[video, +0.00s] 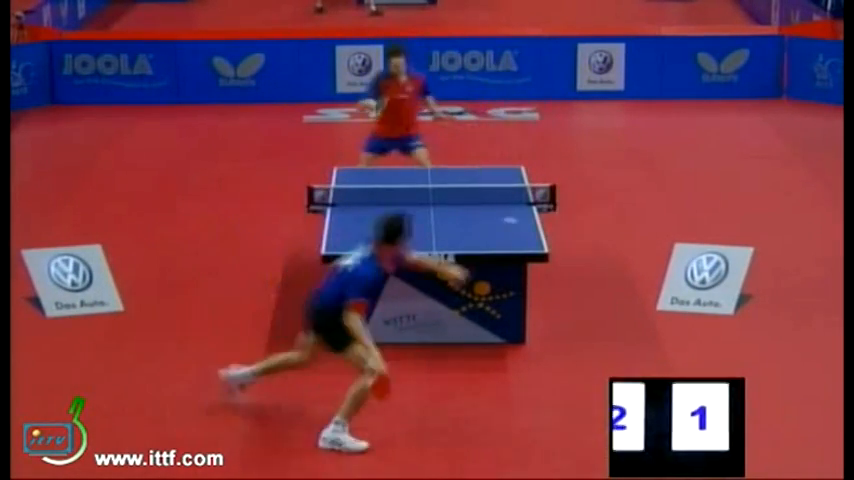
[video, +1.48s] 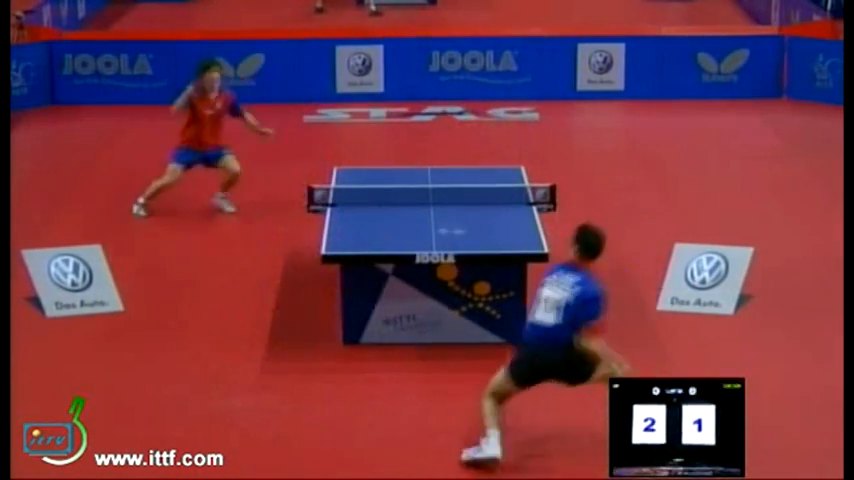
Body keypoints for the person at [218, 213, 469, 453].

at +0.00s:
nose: (402, 252)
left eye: (402, 247)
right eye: (399, 247)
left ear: (384, 243)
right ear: (387, 247)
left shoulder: (380, 256)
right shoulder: (368, 274)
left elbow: (412, 262)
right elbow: (352, 318)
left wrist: (443, 268)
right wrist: (375, 357)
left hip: (318, 309)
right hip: (330, 319)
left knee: (303, 356)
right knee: (374, 370)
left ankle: (243, 374)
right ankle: (336, 430)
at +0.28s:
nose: (530, 229)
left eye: (528, 223)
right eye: (529, 224)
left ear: (505, 218)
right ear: (523, 226)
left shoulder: (481, 232)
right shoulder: (519, 259)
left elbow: (448, 262)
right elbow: (546, 291)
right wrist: (571, 274)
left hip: (456, 303)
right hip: (465, 312)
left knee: (513, 328)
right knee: (439, 384)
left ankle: (527, 392)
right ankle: (370, 410)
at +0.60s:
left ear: (605, 237)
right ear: (631, 239)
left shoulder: (588, 265)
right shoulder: (633, 268)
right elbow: (668, 297)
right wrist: (687, 298)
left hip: (577, 340)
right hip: (605, 341)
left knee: (624, 373)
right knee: (641, 373)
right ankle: (607, 419)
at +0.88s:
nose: (618, 220)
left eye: (620, 217)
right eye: (621, 216)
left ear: (622, 221)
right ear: (647, 222)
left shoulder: (605, 251)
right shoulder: (657, 254)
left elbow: (577, 293)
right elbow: (670, 300)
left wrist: (586, 315)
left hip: (610, 325)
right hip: (647, 327)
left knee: (584, 352)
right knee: (679, 374)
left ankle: (567, 407)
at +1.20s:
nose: (595, 208)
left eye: (596, 205)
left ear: (597, 209)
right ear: (623, 211)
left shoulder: (583, 239)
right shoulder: (634, 243)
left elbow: (557, 283)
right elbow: (647, 284)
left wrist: (579, 295)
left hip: (587, 316)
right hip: (624, 317)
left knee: (541, 366)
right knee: (652, 362)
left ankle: (513, 426)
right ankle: (671, 419)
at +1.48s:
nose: (572, 246)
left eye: (574, 243)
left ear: (574, 247)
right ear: (598, 254)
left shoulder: (553, 274)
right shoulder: (591, 289)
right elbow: (586, 338)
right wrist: (617, 363)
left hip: (532, 356)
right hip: (566, 357)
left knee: (492, 395)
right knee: (617, 374)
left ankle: (491, 444)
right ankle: (634, 447)